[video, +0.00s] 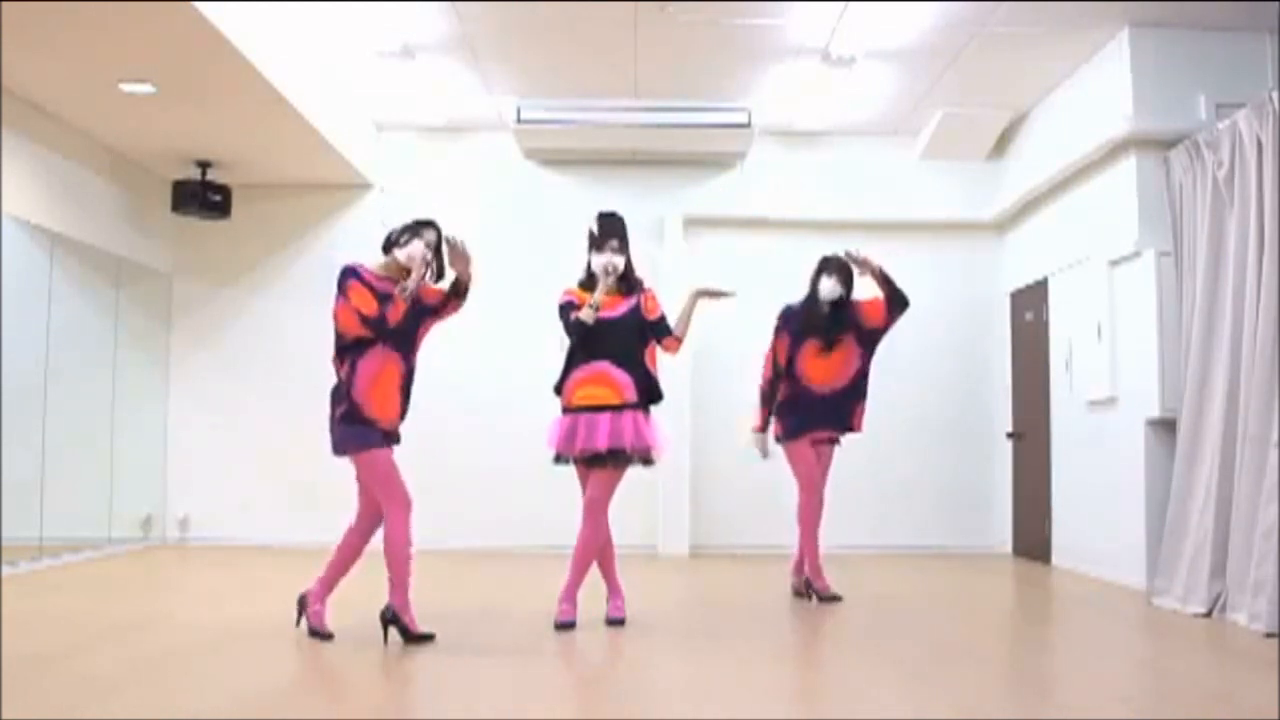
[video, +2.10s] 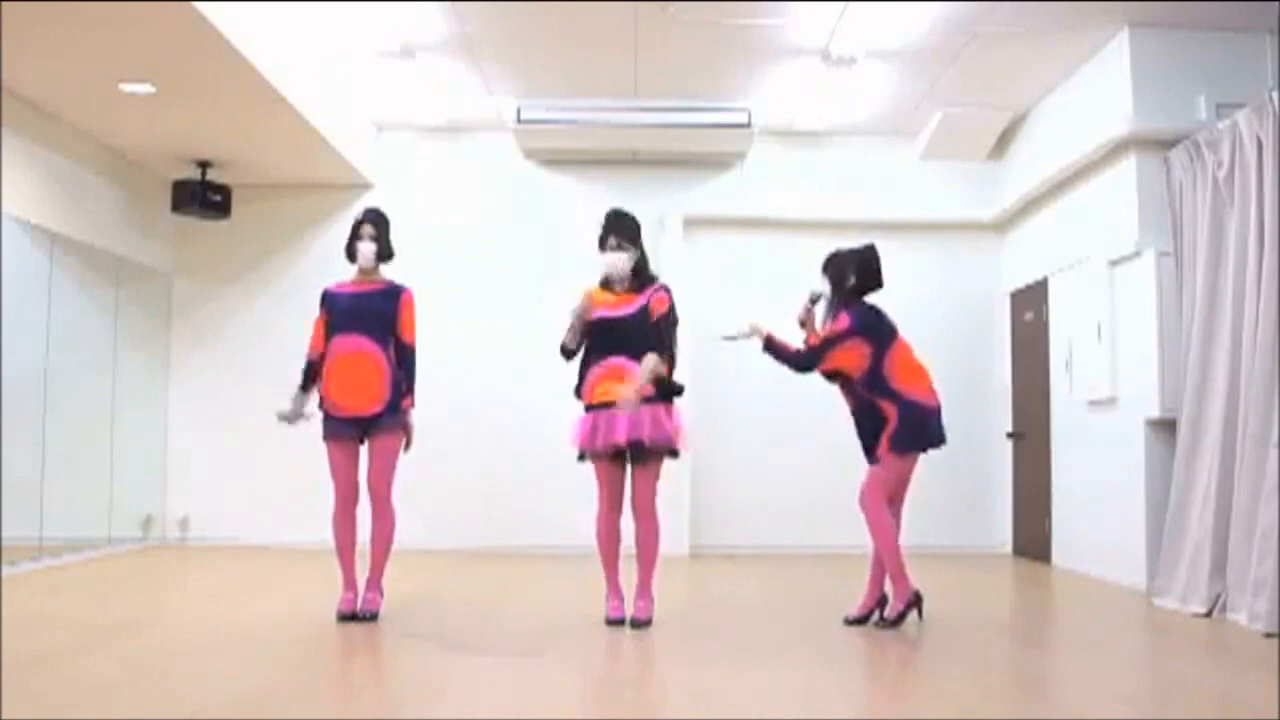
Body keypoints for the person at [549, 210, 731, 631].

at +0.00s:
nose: (611, 261)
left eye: (618, 253)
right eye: (603, 253)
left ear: (627, 256)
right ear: (590, 255)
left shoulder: (640, 297)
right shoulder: (573, 295)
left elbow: (671, 343)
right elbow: (577, 331)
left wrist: (693, 299)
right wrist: (600, 288)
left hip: (623, 407)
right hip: (581, 406)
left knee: (596, 503)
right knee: (593, 505)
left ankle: (568, 595)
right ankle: (615, 592)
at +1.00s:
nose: (615, 257)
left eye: (622, 248)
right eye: (607, 249)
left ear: (633, 252)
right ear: (596, 252)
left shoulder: (651, 296)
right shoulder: (581, 295)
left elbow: (694, 329)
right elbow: (578, 328)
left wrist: (687, 342)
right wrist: (595, 305)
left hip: (632, 401)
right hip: (589, 401)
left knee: (600, 482)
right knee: (595, 489)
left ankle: (607, 582)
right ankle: (610, 587)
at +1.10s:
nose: (615, 256)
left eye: (623, 247)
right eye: (608, 247)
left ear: (634, 251)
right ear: (596, 250)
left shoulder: (651, 295)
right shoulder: (582, 294)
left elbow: (682, 347)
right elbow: (582, 327)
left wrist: (698, 393)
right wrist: (602, 293)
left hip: (637, 401)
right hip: (593, 400)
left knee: (608, 478)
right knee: (600, 489)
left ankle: (634, 557)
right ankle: (612, 589)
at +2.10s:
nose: (615, 257)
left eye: (622, 248)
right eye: (608, 248)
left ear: (637, 249)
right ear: (600, 251)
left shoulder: (656, 296)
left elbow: (663, 351)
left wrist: (638, 384)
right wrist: (581, 317)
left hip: (646, 402)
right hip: (603, 404)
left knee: (643, 504)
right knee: (610, 503)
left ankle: (644, 593)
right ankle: (613, 591)